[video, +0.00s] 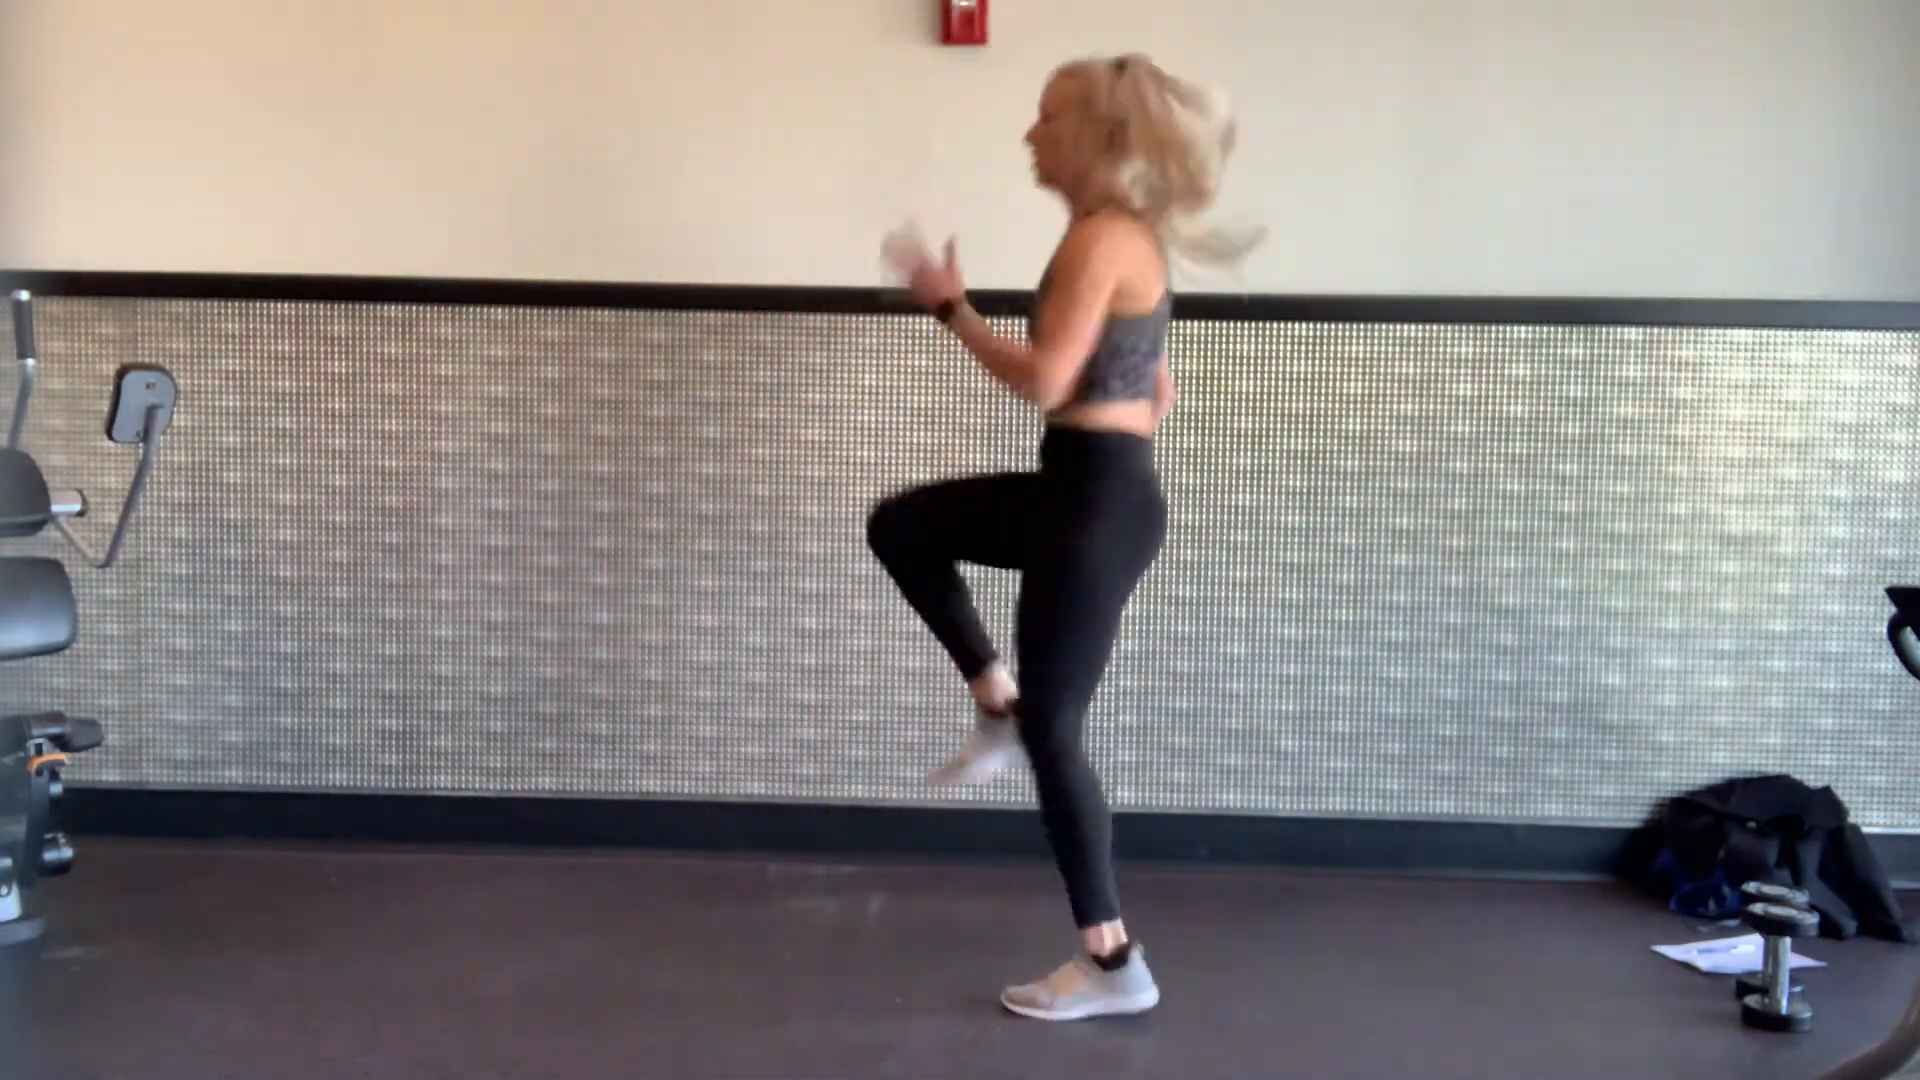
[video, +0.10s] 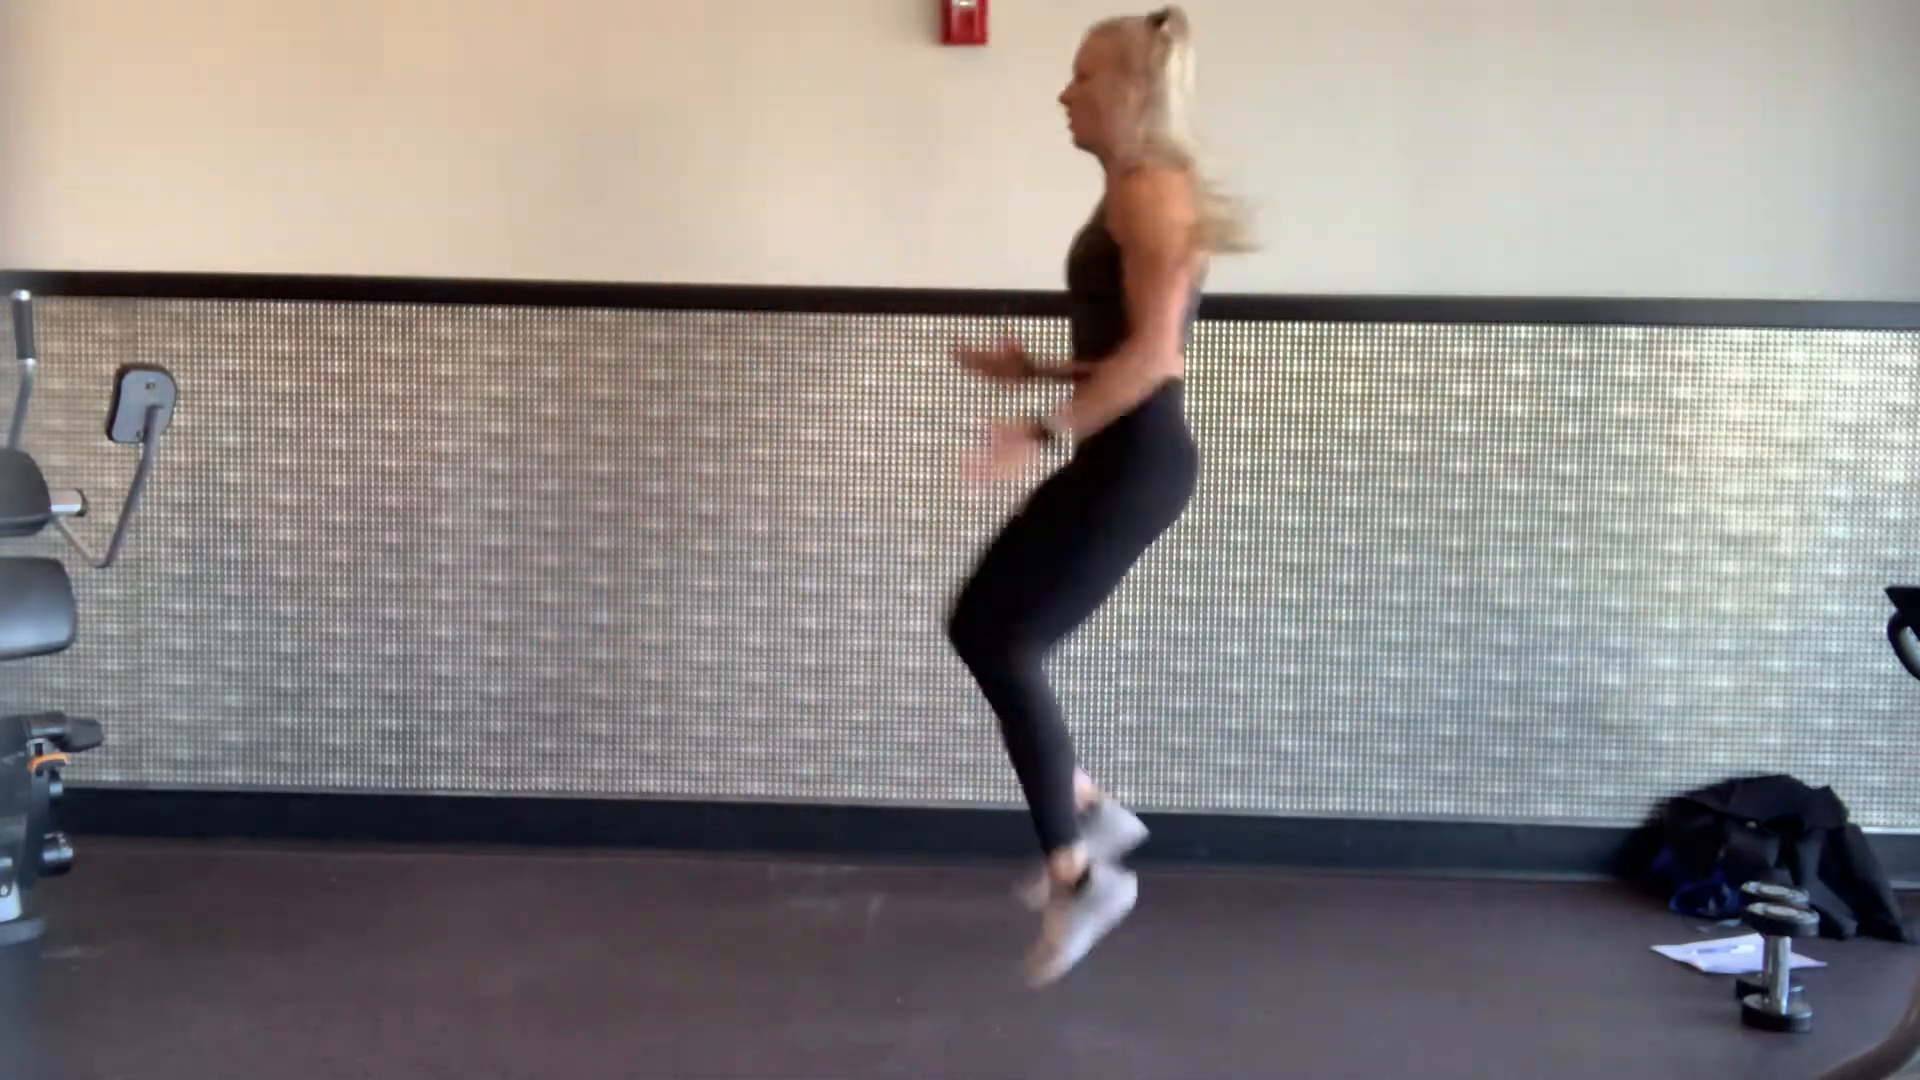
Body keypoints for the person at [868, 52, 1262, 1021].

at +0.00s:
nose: (1031, 133)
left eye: (1047, 120)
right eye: (1039, 117)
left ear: (1099, 140)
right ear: (1110, 146)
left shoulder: (1102, 241)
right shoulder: (1133, 244)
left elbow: (1044, 382)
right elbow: (1156, 401)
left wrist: (952, 311)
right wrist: (1050, 386)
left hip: (1096, 506)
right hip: (1096, 496)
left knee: (1052, 724)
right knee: (900, 528)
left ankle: (1110, 957)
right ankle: (1002, 706)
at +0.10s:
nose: (1065, 94)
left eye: (1081, 79)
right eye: (1072, 78)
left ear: (1126, 92)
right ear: (1124, 94)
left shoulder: (1154, 194)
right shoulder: (1130, 194)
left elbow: (1156, 356)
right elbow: (1123, 356)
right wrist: (1031, 367)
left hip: (1143, 455)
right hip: (1116, 448)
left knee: (1005, 641)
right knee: (979, 623)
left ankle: (1077, 876)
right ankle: (1088, 808)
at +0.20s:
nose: (1086, 128)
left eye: (1105, 115)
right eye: (1092, 112)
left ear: (1159, 133)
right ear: (1149, 134)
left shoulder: (1189, 242)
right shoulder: (1144, 236)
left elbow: (1227, 392)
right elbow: (1103, 381)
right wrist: (1056, 298)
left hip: (1156, 495)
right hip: (1130, 489)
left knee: (959, 559)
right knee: (1091, 705)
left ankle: (1069, 745)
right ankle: (1177, 906)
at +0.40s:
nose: (1143, 122)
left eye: (1160, 108)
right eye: (1149, 106)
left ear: (1207, 121)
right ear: (1194, 122)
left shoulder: (1242, 229)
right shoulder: (1195, 227)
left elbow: (1266, 392)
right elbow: (1170, 374)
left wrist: (1187, 503)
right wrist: (1084, 331)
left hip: (1227, 476)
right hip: (1191, 470)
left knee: (1030, 524)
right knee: (1162, 699)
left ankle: (1127, 718)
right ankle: (1189, 914)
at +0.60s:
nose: (1193, 117)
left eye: (1210, 103)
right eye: (1199, 100)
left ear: (1258, 122)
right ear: (1263, 124)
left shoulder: (1282, 223)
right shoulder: (1267, 217)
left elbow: (1224, 374)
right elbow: (1232, 351)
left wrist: (1180, 276)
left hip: (1294, 490)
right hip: (1261, 482)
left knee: (1241, 707)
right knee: (1080, 543)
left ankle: (1338, 928)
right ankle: (1200, 691)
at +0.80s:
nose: (1223, 130)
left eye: (1239, 115)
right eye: (1229, 113)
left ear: (1289, 128)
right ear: (1289, 131)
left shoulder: (1321, 231)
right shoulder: (1311, 223)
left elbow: (1284, 384)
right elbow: (1291, 364)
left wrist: (1197, 311)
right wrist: (1203, 309)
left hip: (1342, 496)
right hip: (1309, 487)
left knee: (1306, 718)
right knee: (1140, 571)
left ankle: (1355, 945)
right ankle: (1258, 731)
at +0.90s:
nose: (1231, 102)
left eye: (1248, 88)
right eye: (1238, 85)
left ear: (1297, 103)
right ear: (1295, 106)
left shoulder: (1335, 202)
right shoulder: (1311, 200)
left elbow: (1319, 361)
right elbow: (1316, 362)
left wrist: (1197, 337)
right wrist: (1224, 421)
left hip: (1377, 467)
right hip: (1335, 464)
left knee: (1304, 687)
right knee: (1214, 627)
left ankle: (1370, 918)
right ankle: (1296, 798)